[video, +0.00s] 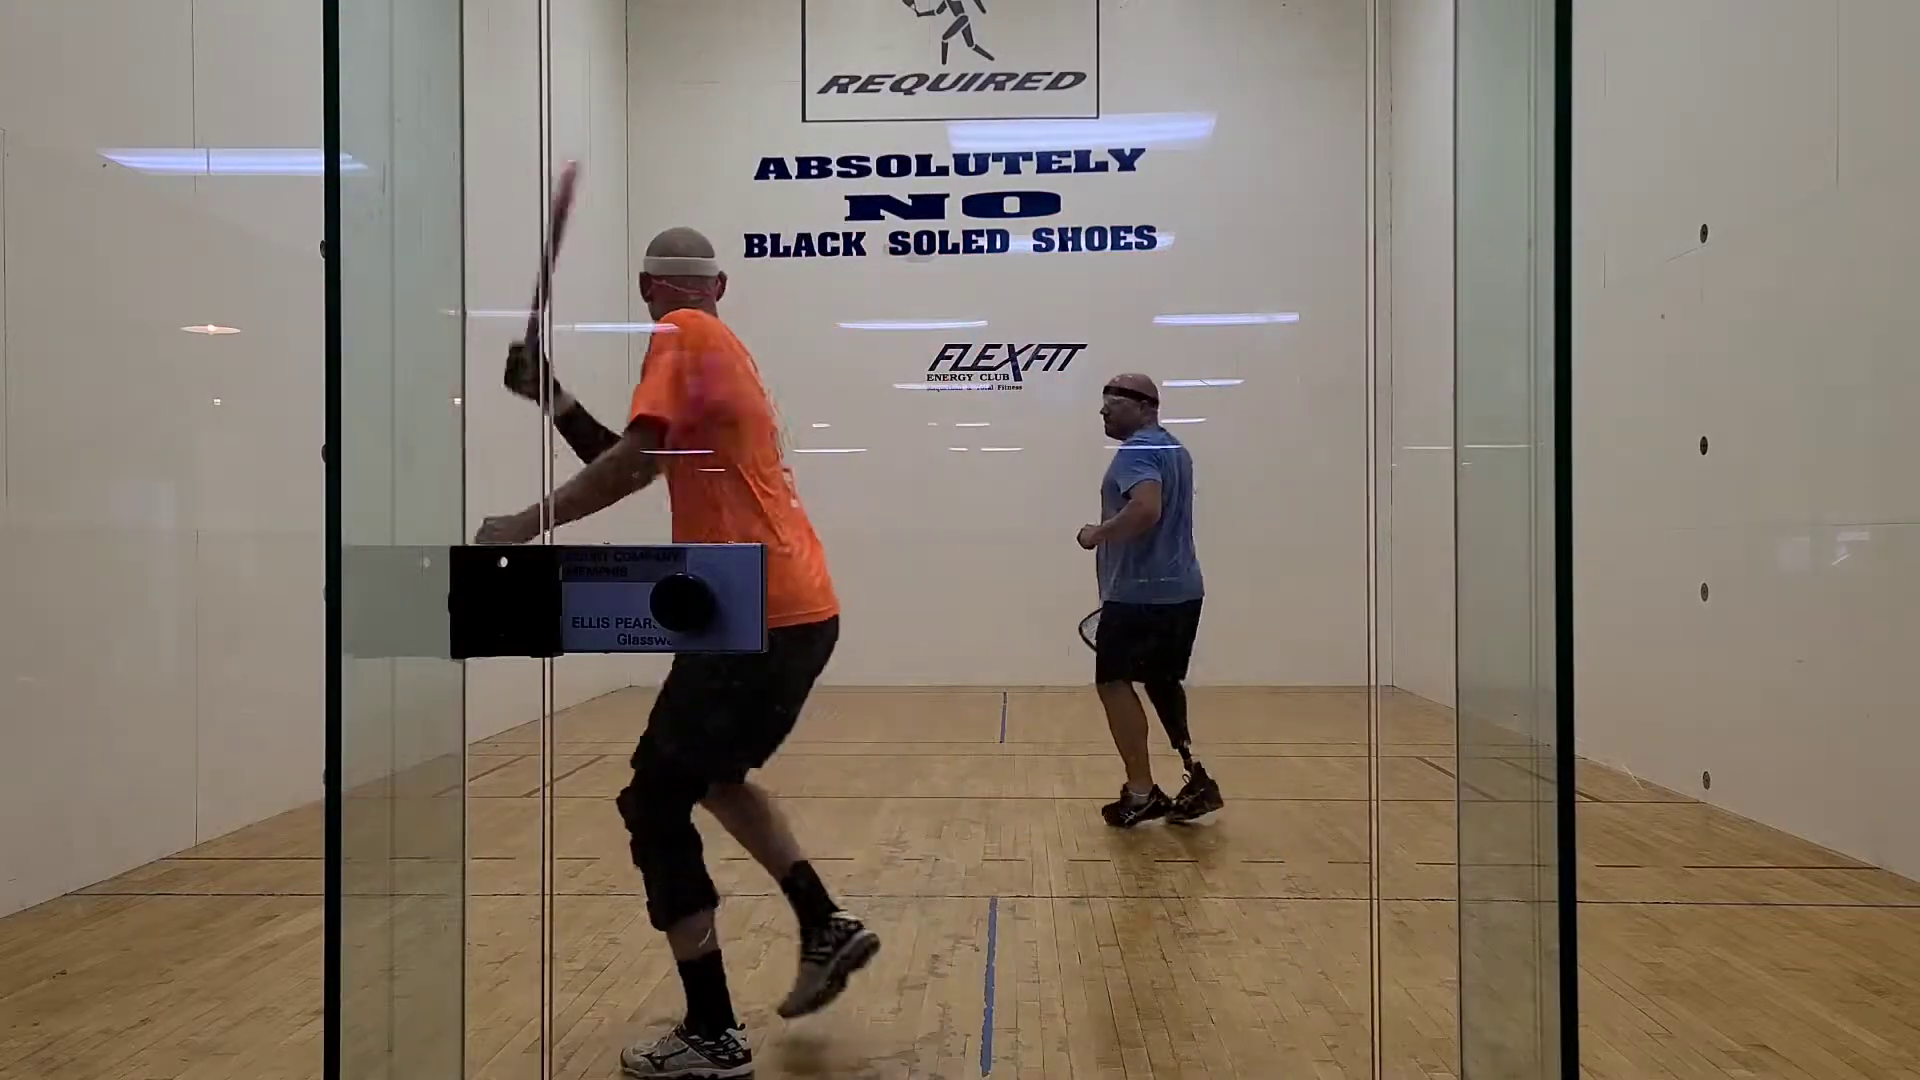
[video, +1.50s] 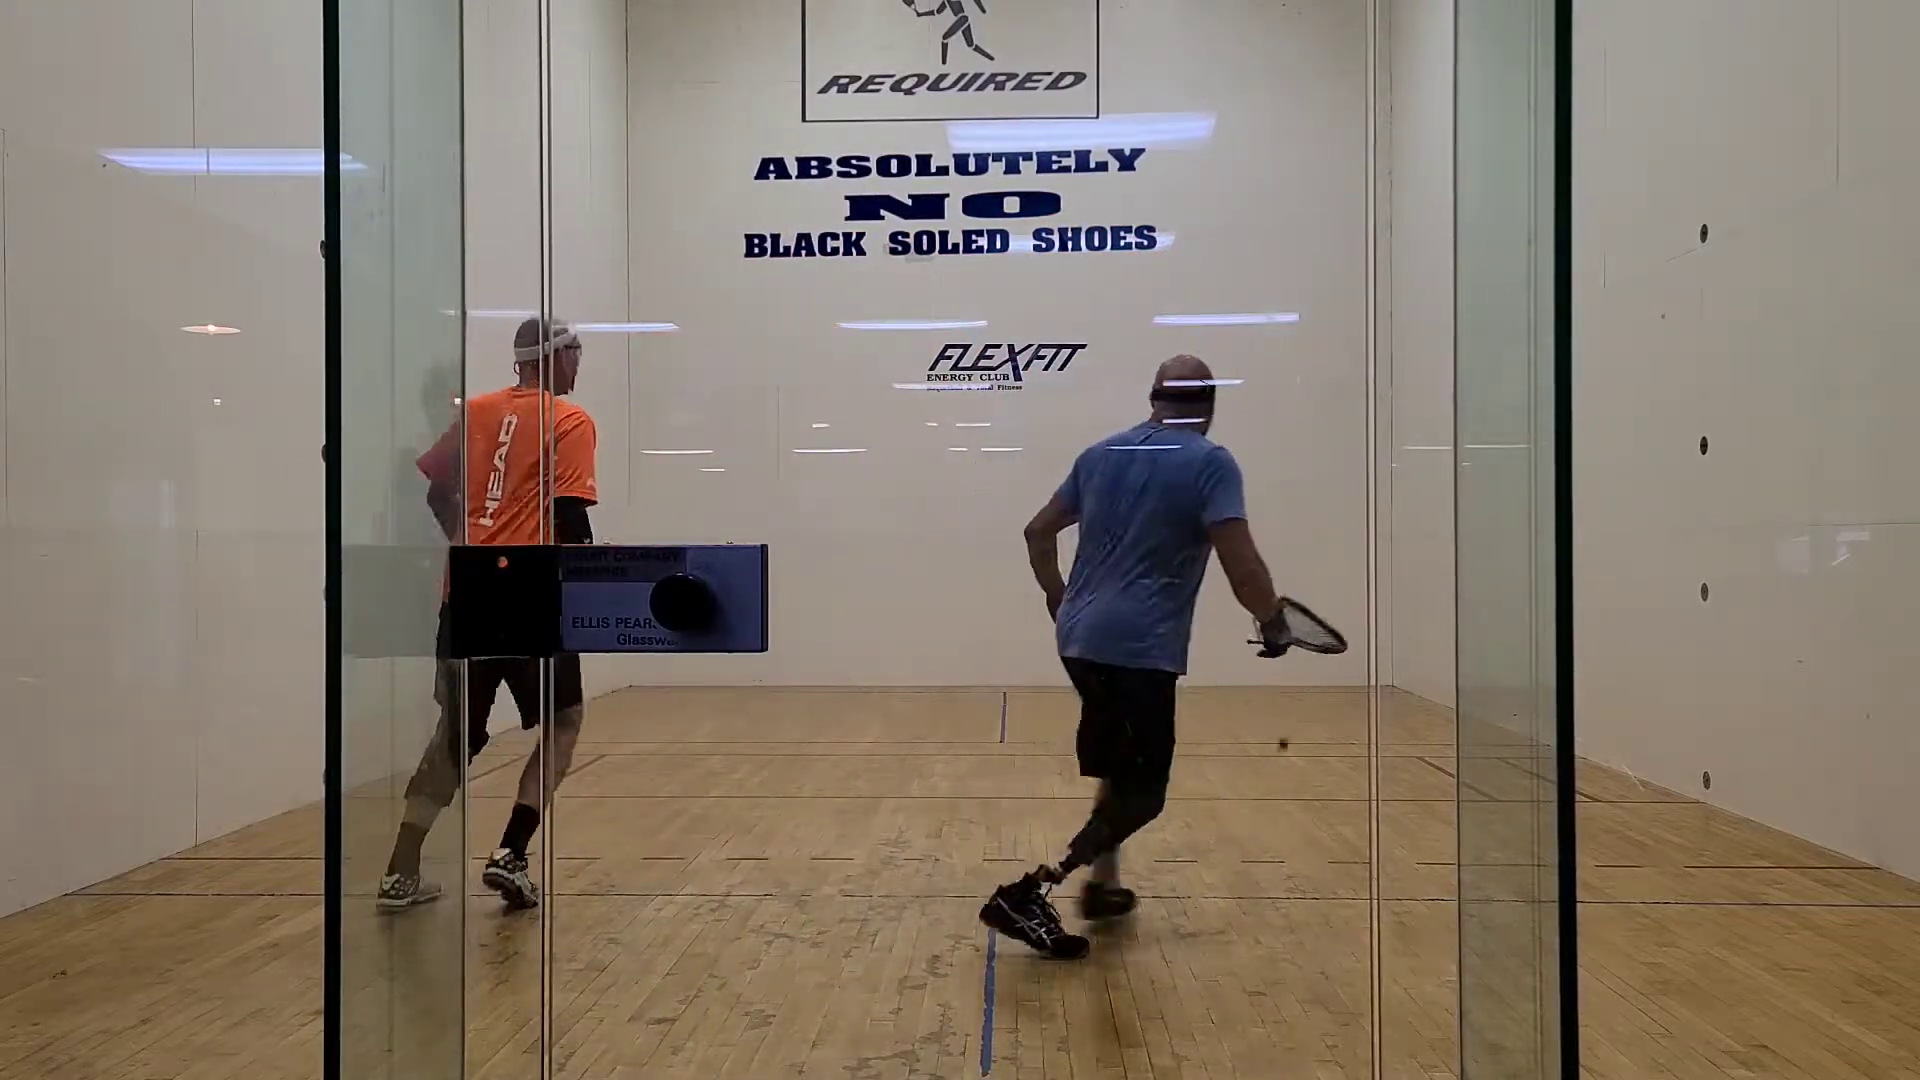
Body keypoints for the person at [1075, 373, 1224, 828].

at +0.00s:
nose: (1102, 408)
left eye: (1111, 399)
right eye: (1104, 399)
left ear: (1141, 406)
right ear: (1145, 410)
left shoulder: (1136, 450)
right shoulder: (1175, 449)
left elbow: (1147, 508)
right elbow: (1167, 526)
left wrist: (1101, 532)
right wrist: (1122, 582)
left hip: (1140, 596)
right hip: (1181, 592)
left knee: (1111, 681)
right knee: (1162, 679)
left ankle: (1140, 790)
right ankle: (1197, 779)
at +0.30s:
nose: (1080, 426)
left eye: (1090, 418)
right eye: (1083, 418)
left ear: (1118, 427)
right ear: (1125, 431)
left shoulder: (1113, 474)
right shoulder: (1157, 473)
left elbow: (1095, 544)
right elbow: (1164, 548)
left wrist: (1050, 544)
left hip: (1112, 623)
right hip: (1160, 619)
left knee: (1068, 712)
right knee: (1162, 706)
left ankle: (1109, 824)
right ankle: (1202, 795)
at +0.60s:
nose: (1074, 402)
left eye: (1074, 394)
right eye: (1083, 395)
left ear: (1077, 395)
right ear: (1121, 400)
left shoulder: (1062, 437)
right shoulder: (1153, 451)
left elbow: (1017, 505)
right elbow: (1170, 533)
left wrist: (1033, 473)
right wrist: (1155, 589)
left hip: (1072, 601)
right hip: (1139, 603)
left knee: (1043, 699)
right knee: (1129, 698)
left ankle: (1067, 821)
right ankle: (1169, 808)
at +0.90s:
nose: (1085, 422)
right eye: (1090, 414)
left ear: (1043, 416)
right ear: (1094, 419)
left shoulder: (1005, 464)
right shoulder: (1116, 471)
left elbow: (953, 530)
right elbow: (1140, 567)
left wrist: (995, 550)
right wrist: (1153, 626)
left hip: (1020, 628)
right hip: (1095, 628)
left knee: (1001, 738)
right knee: (1121, 728)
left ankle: (999, 863)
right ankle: (1159, 819)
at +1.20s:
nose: (1097, 414)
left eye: (1088, 404)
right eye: (1102, 405)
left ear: (1054, 406)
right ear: (1107, 408)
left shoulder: (1008, 459)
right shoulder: (1115, 463)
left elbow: (967, 534)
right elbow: (1147, 559)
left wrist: (1019, 556)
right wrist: (1173, 617)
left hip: (1011, 635)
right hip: (1084, 634)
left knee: (999, 744)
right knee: (1137, 741)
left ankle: (976, 866)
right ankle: (1122, 840)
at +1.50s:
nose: (1206, 412)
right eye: (1208, 403)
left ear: (1153, 402)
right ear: (1209, 405)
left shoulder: (1101, 455)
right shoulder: (1210, 462)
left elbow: (1039, 531)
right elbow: (1240, 562)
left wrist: (1056, 595)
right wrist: (1271, 620)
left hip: (1077, 639)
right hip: (1142, 649)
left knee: (1115, 761)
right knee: (1143, 794)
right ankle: (1034, 891)